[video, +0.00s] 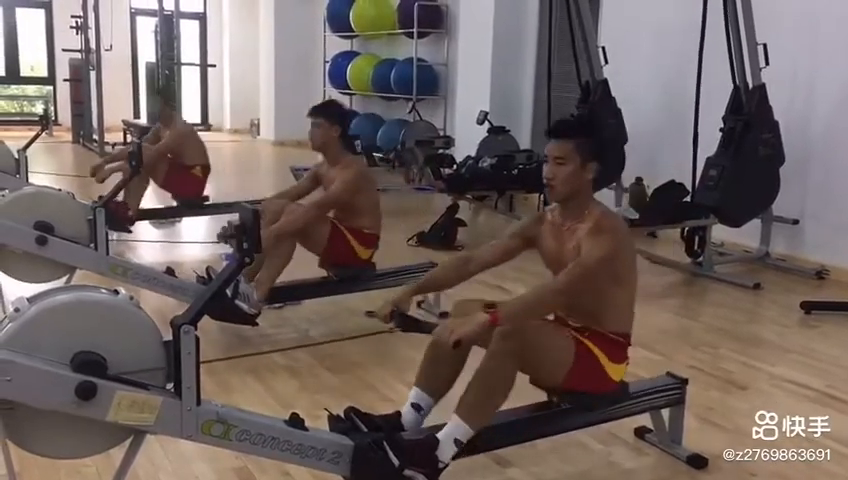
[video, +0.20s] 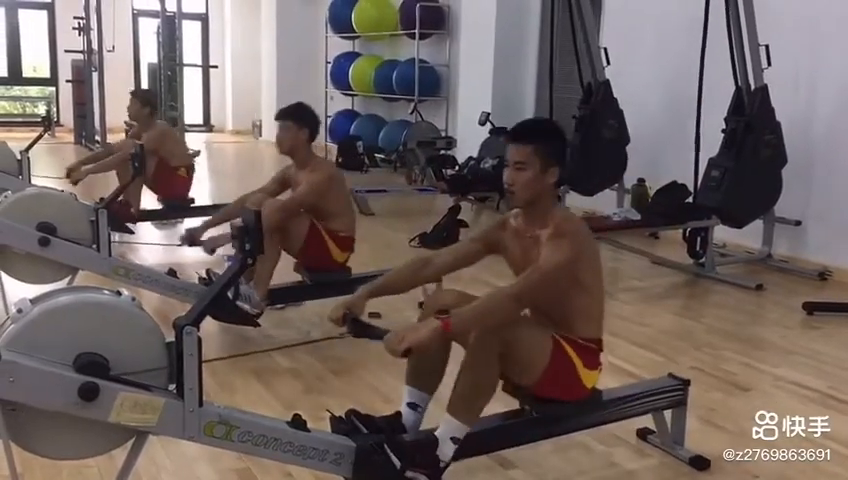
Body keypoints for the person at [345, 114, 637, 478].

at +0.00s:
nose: (547, 172)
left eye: (560, 163)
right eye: (546, 161)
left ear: (590, 170)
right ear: (544, 163)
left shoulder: (607, 231)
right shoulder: (542, 222)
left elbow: (557, 292)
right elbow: (472, 261)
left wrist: (485, 322)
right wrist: (411, 292)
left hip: (601, 356)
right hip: (560, 336)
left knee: (510, 335)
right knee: (465, 313)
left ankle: (439, 452)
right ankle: (407, 423)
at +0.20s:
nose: (507, 178)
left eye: (521, 168)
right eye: (506, 167)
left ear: (552, 175)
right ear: (504, 167)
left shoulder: (569, 238)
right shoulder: (505, 228)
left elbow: (516, 298)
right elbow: (432, 264)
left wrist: (439, 328)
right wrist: (364, 294)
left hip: (574, 365)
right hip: (533, 342)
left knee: (492, 332)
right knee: (441, 303)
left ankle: (438, 452)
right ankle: (406, 426)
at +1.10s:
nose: (535, 174)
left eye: (548, 165)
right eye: (535, 164)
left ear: (577, 174)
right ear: (532, 167)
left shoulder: (591, 231)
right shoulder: (530, 221)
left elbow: (539, 297)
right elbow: (461, 264)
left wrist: (470, 315)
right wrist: (400, 281)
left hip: (597, 357)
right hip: (557, 339)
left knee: (511, 332)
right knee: (460, 312)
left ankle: (444, 450)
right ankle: (411, 422)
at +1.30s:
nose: (636, 165)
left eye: (649, 158)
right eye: (635, 155)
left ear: (675, 168)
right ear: (631, 159)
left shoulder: (678, 228)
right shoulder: (613, 217)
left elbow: (630, 276)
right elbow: (546, 251)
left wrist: (564, 290)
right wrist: (491, 263)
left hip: (643, 346)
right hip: (602, 323)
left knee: (552, 363)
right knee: (501, 340)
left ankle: (446, 450)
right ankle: (411, 423)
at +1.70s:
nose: (698, 199)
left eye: (710, 194)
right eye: (698, 191)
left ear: (736, 205)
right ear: (697, 197)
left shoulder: (745, 261)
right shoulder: (675, 240)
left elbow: (764, 335)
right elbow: (639, 301)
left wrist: (742, 289)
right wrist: (628, 274)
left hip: (652, 345)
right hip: (614, 324)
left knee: (559, 379)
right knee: (523, 357)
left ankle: (438, 456)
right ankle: (401, 424)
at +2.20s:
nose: (657, 180)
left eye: (669, 173)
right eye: (656, 170)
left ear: (697, 182)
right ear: (653, 173)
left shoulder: (702, 236)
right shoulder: (632, 230)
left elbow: (700, 315)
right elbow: (585, 279)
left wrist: (638, 314)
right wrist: (548, 290)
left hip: (649, 347)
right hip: (604, 330)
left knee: (557, 388)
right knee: (514, 370)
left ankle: (438, 461)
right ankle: (406, 429)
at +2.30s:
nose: (646, 177)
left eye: (659, 170)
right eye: (645, 168)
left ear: (687, 179)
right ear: (642, 172)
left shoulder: (695, 238)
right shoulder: (624, 228)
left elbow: (674, 318)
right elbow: (576, 274)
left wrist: (612, 320)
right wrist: (530, 293)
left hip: (650, 345)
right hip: (607, 328)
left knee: (555, 392)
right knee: (515, 371)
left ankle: (443, 461)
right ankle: (407, 429)